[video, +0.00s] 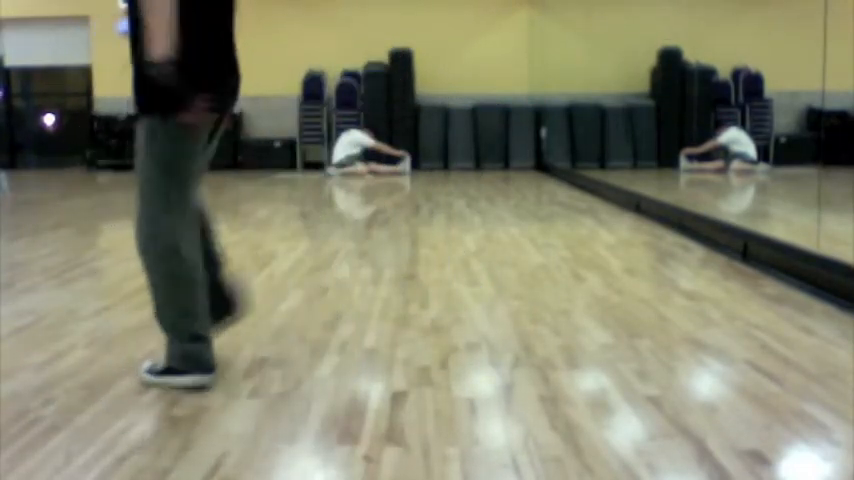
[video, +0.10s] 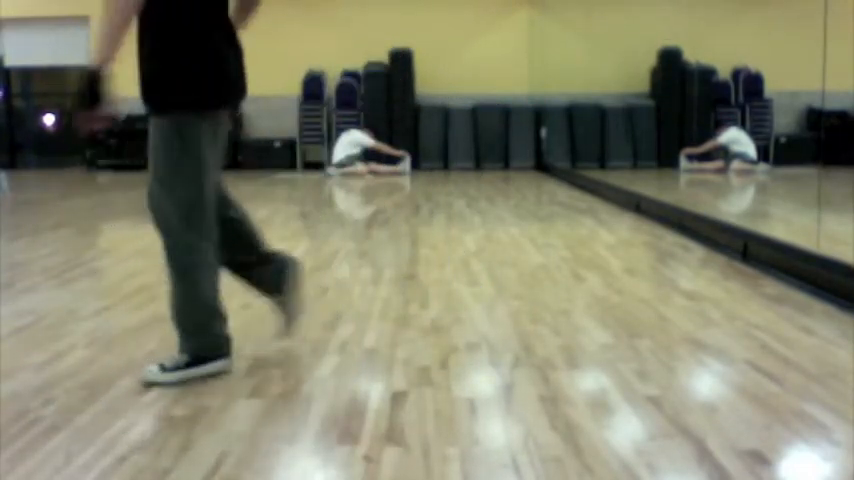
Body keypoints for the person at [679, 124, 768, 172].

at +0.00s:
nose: (719, 135)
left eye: (720, 133)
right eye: (719, 133)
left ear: (723, 129)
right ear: (727, 127)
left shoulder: (731, 132)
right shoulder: (734, 132)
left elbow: (710, 146)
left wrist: (688, 151)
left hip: (744, 160)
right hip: (735, 159)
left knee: (733, 169)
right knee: (715, 165)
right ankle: (692, 166)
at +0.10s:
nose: (719, 135)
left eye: (720, 133)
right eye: (719, 133)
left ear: (723, 129)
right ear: (727, 127)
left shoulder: (731, 132)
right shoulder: (734, 132)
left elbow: (710, 146)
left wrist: (688, 151)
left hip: (744, 160)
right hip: (735, 159)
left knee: (733, 169)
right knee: (715, 165)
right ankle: (692, 166)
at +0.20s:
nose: (719, 135)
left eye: (720, 133)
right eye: (719, 134)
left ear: (723, 129)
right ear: (727, 128)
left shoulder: (731, 132)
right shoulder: (734, 132)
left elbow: (708, 147)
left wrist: (688, 151)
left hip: (744, 159)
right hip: (735, 159)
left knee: (733, 169)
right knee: (715, 165)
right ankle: (691, 166)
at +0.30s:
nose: (719, 135)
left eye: (719, 133)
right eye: (719, 134)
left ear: (723, 129)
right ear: (726, 128)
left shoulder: (731, 132)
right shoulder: (734, 132)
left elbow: (707, 147)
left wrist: (687, 151)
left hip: (744, 159)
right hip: (735, 159)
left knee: (733, 169)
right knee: (715, 165)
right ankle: (691, 166)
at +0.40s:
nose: (719, 136)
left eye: (719, 134)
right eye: (719, 134)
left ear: (722, 130)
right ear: (726, 128)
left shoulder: (731, 132)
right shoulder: (733, 132)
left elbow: (707, 148)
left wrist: (687, 151)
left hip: (745, 159)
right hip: (734, 159)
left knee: (733, 168)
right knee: (714, 165)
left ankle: (754, 170)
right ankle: (691, 166)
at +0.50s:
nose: (719, 136)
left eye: (719, 134)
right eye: (719, 135)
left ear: (722, 130)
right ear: (726, 128)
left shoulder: (730, 132)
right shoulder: (733, 132)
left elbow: (707, 148)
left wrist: (687, 151)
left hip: (745, 159)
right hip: (734, 159)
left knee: (733, 168)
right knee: (714, 165)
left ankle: (754, 170)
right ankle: (691, 166)